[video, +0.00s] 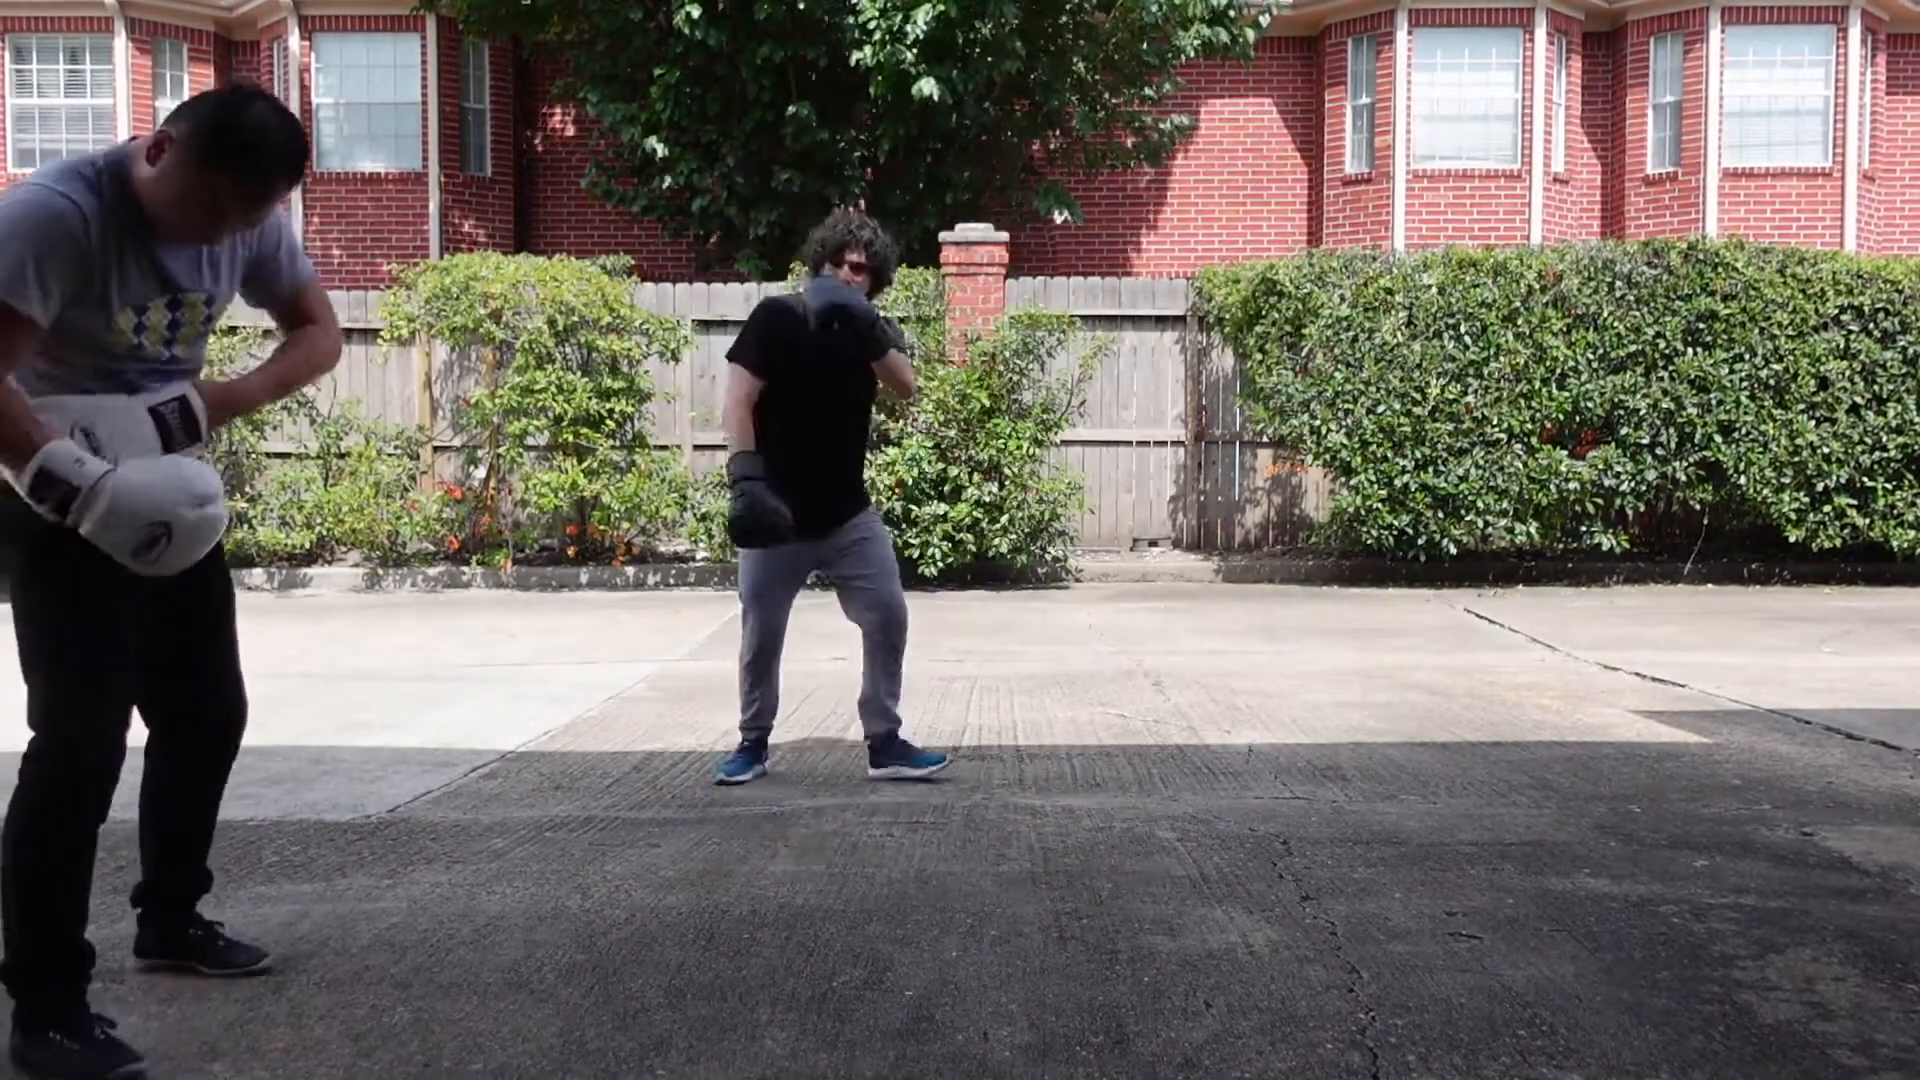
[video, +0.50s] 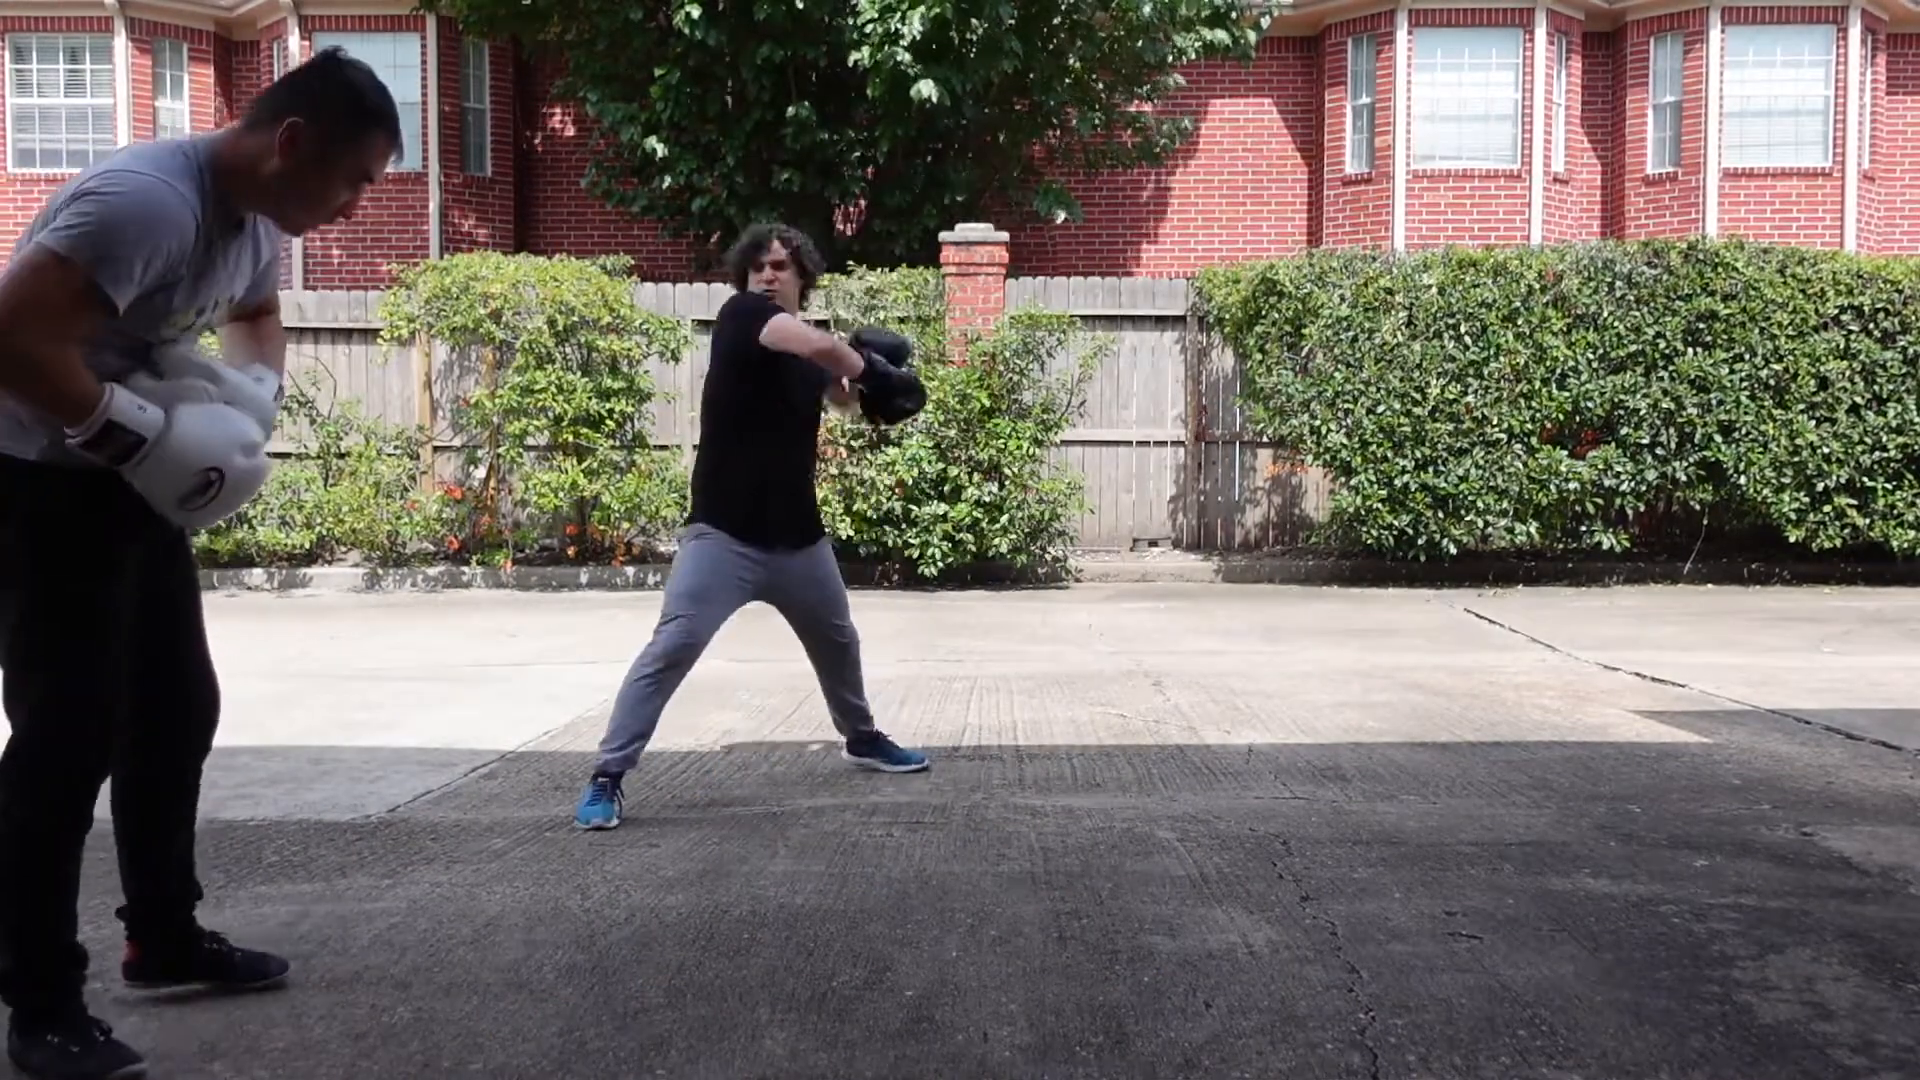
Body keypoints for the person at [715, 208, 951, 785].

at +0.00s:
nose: (852, 277)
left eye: (864, 271)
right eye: (843, 266)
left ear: (876, 285)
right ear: (820, 266)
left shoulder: (870, 332)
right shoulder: (777, 317)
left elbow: (906, 387)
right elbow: (737, 398)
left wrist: (865, 323)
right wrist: (748, 478)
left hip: (849, 515)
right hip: (776, 517)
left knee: (888, 615)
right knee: (760, 640)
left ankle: (884, 744)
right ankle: (752, 744)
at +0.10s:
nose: (854, 282)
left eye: (865, 273)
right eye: (845, 271)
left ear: (878, 281)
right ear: (822, 272)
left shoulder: (881, 333)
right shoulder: (785, 324)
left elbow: (897, 362)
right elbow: (766, 406)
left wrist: (841, 299)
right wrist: (780, 495)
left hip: (848, 516)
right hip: (774, 516)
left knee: (892, 612)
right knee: (751, 638)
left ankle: (870, 731)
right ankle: (749, 738)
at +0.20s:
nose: (855, 293)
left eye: (866, 285)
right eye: (846, 283)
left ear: (880, 292)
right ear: (824, 284)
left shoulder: (889, 341)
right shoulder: (793, 336)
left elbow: (885, 354)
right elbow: (805, 432)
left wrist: (821, 289)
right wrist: (845, 503)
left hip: (843, 526)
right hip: (772, 523)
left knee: (887, 631)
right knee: (738, 630)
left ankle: (873, 737)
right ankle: (733, 724)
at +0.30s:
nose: (852, 304)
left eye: (863, 297)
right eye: (844, 293)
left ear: (877, 305)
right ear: (821, 296)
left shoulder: (866, 358)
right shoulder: (803, 345)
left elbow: (896, 365)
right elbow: (848, 437)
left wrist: (831, 306)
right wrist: (893, 485)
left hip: (833, 538)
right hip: (767, 532)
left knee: (886, 632)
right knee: (726, 634)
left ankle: (872, 740)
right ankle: (661, 753)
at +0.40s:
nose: (826, 294)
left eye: (838, 286)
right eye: (815, 284)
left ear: (850, 298)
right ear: (794, 292)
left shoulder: (845, 350)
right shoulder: (788, 341)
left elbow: (913, 377)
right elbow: (867, 406)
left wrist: (894, 339)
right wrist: (900, 442)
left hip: (820, 544)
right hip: (750, 542)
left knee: (871, 639)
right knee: (698, 646)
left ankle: (871, 739)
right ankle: (621, 772)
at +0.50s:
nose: (773, 274)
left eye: (784, 266)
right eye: (763, 266)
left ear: (804, 276)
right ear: (746, 277)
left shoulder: (811, 341)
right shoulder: (742, 314)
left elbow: (843, 400)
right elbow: (818, 343)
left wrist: (864, 377)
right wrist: (863, 371)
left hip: (800, 541)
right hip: (722, 537)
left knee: (839, 643)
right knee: (674, 645)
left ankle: (862, 736)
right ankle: (607, 777)